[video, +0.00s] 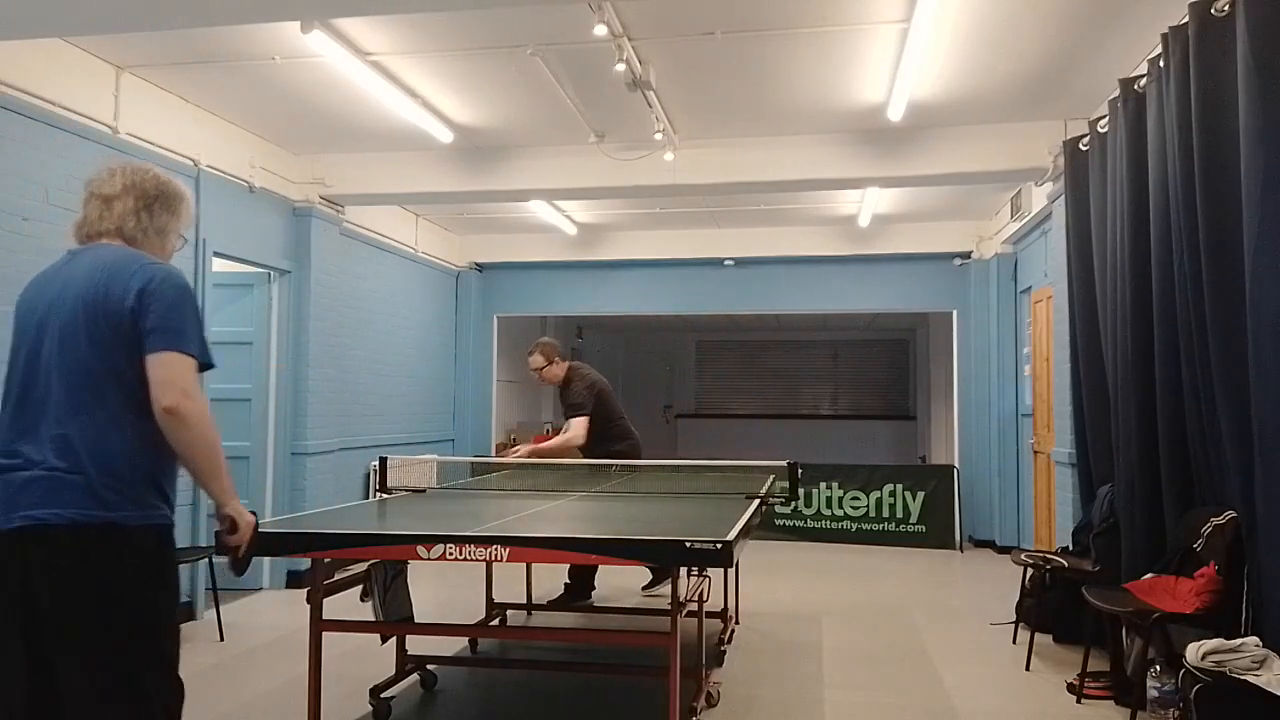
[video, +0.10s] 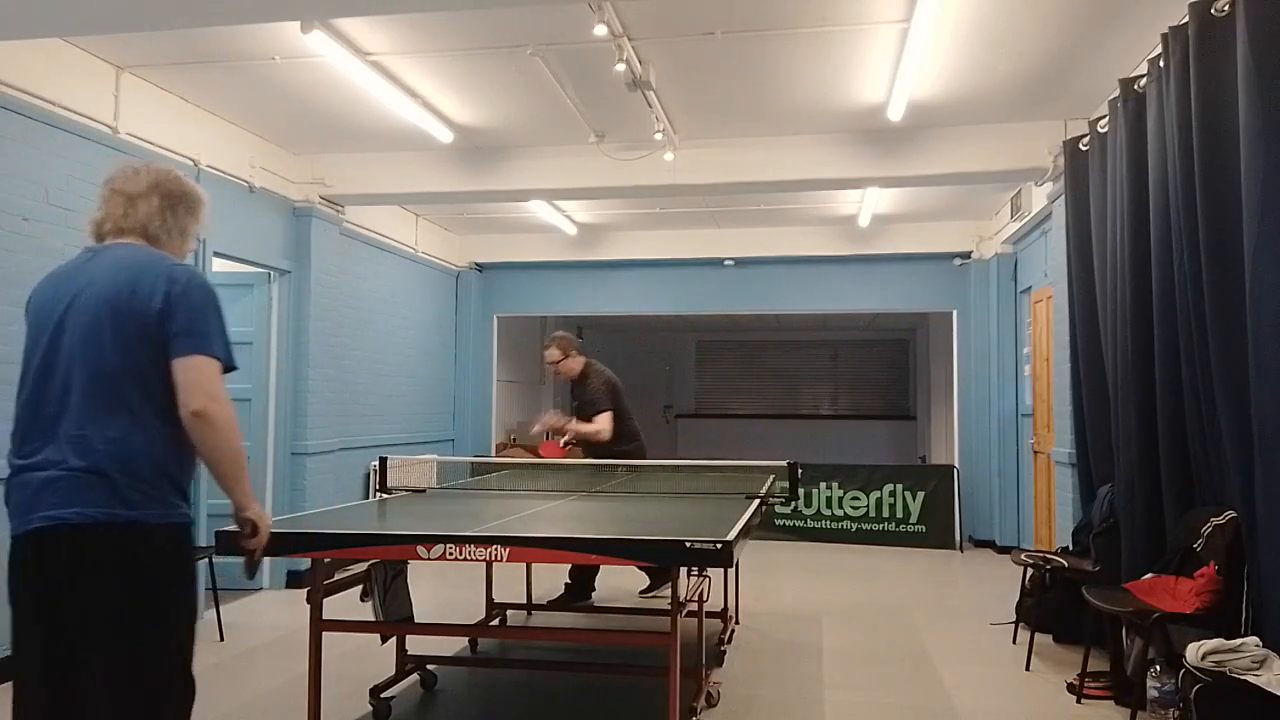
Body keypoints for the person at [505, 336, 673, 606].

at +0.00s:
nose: (538, 376)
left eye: (539, 370)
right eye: (535, 371)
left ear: (556, 362)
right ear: (555, 363)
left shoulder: (580, 382)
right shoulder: (571, 380)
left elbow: (577, 437)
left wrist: (532, 449)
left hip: (618, 458)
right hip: (603, 457)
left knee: (590, 521)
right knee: (602, 521)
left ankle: (579, 589)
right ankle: (661, 560)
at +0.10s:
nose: (553, 371)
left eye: (555, 364)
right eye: (550, 365)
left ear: (572, 356)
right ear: (570, 358)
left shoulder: (597, 379)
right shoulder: (580, 380)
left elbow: (604, 431)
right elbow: (587, 424)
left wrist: (564, 423)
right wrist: (570, 432)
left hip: (623, 464)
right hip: (603, 463)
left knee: (593, 523)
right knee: (602, 523)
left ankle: (580, 589)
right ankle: (658, 567)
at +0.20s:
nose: (572, 365)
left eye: (576, 358)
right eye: (570, 359)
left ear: (593, 351)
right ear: (588, 354)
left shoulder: (621, 378)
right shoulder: (594, 377)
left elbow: (629, 426)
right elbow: (593, 412)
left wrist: (598, 402)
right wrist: (579, 437)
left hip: (631, 466)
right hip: (606, 464)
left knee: (599, 525)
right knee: (612, 524)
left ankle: (582, 589)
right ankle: (661, 571)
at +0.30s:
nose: (593, 360)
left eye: (597, 354)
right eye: (590, 355)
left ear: (615, 347)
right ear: (592, 354)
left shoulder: (643, 375)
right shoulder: (607, 378)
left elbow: (659, 420)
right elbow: (603, 412)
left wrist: (628, 398)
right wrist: (592, 432)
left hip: (646, 468)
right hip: (616, 466)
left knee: (609, 525)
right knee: (636, 525)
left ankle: (586, 587)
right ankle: (663, 576)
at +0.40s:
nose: (609, 358)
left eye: (613, 351)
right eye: (607, 353)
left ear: (631, 344)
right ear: (622, 347)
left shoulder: (658, 372)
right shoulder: (621, 375)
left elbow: (683, 414)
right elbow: (618, 408)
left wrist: (653, 402)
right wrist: (607, 420)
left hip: (660, 467)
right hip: (630, 466)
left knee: (623, 525)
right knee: (648, 525)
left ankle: (597, 587)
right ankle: (665, 582)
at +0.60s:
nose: (637, 346)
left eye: (639, 341)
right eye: (635, 342)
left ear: (657, 335)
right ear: (649, 339)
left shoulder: (685, 365)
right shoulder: (648, 364)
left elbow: (705, 409)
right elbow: (643, 396)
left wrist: (671, 408)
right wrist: (627, 415)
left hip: (679, 460)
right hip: (652, 458)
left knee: (672, 520)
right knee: (652, 519)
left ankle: (673, 584)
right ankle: (661, 579)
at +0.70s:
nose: (652, 345)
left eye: (654, 339)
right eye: (650, 340)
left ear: (672, 333)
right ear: (665, 335)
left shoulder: (695, 364)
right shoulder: (667, 363)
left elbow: (708, 412)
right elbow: (668, 401)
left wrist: (669, 409)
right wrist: (647, 414)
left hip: (688, 458)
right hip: (665, 457)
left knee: (694, 518)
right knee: (661, 519)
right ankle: (665, 580)